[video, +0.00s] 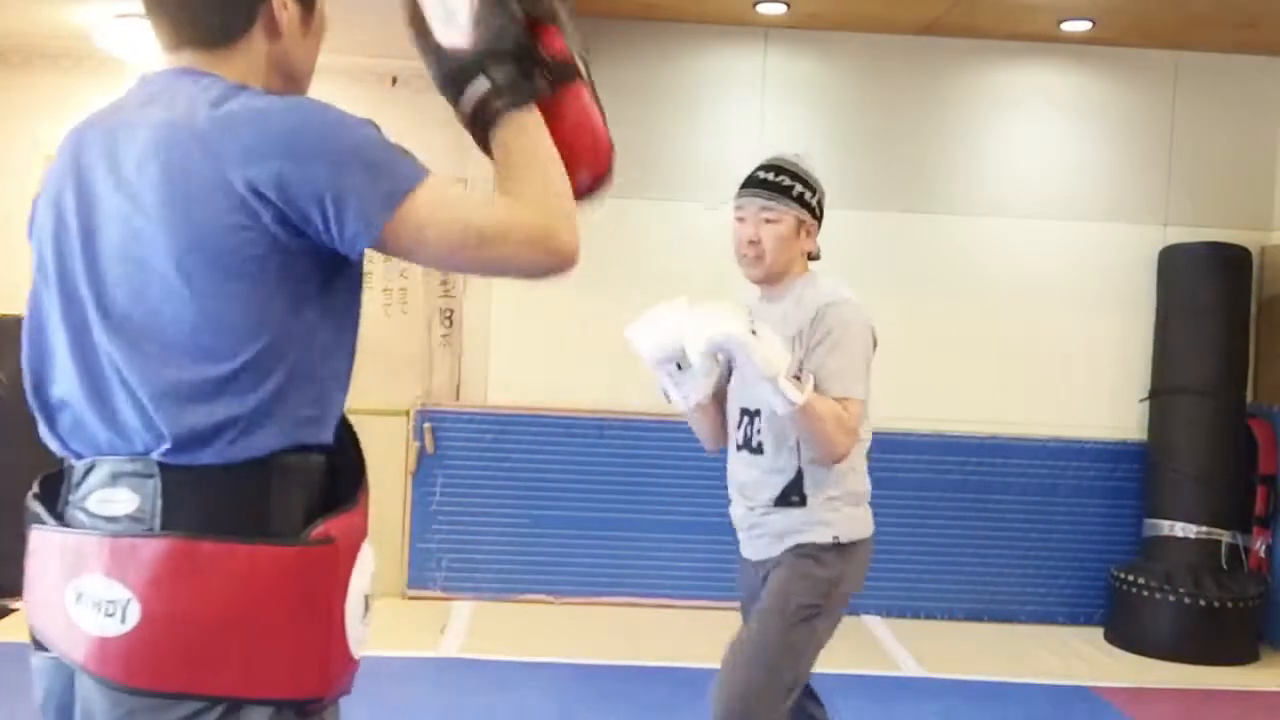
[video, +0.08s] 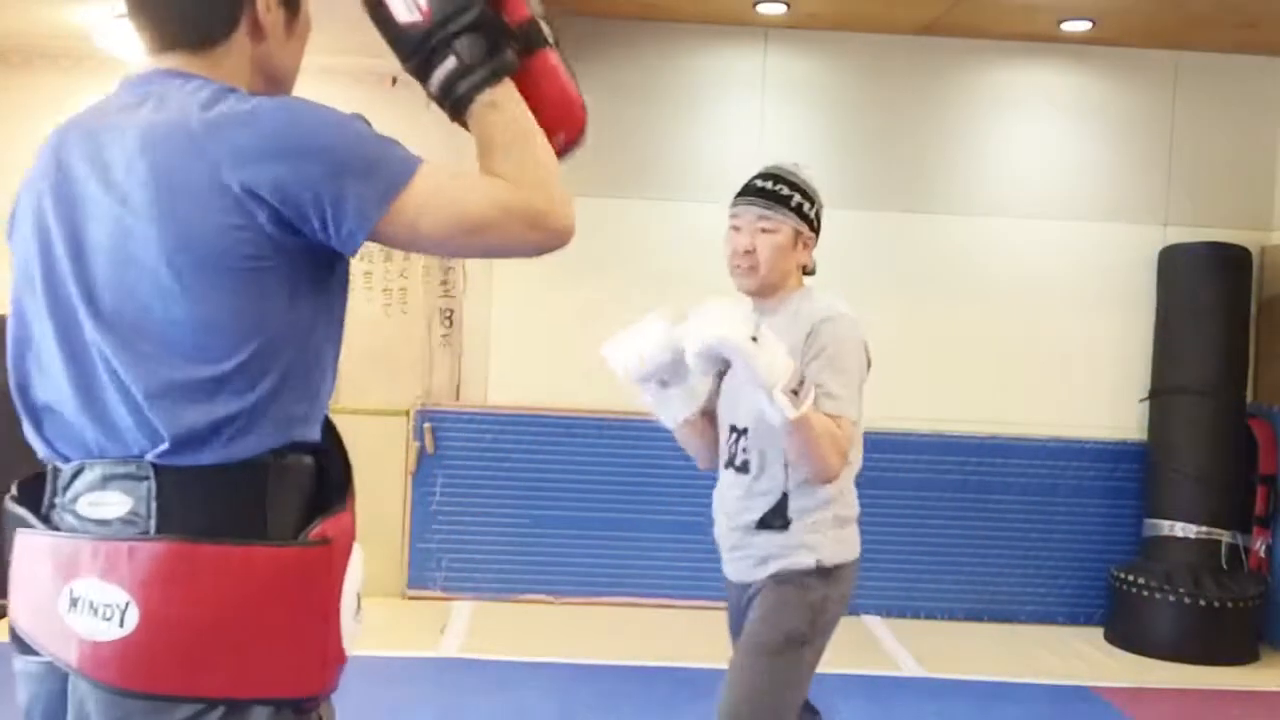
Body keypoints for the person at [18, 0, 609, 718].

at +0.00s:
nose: (321, 24)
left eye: (320, 4)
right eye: (316, 3)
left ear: (168, 21)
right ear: (280, 12)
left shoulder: (81, 148)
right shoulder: (286, 137)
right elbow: (546, 236)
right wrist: (499, 79)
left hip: (72, 563)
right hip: (221, 587)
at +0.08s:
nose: (305, 19)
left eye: (303, 1)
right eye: (300, 0)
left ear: (152, 21)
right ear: (261, 12)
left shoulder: (63, 149)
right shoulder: (274, 138)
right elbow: (540, 213)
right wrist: (473, 66)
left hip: (56, 556)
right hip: (211, 573)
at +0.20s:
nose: (293, 21)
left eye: (291, 6)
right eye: (287, 5)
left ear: (141, 22)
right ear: (249, 12)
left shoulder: (35, 155)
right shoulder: (275, 135)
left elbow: (13, 408)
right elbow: (532, 210)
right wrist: (460, 68)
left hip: (43, 548)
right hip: (211, 563)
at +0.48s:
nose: (252, 21)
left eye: (251, 6)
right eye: (249, 5)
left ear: (103, 15)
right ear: (216, 6)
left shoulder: (14, 113)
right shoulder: (283, 139)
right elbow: (472, 295)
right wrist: (443, 176)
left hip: (23, 499)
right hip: (199, 507)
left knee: (31, 701)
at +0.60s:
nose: (216, 32)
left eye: (220, 17)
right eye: (217, 15)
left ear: (69, 11)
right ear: (187, 11)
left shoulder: (7, 109)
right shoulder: (252, 150)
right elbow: (424, 341)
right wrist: (419, 254)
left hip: (15, 512)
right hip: (180, 521)